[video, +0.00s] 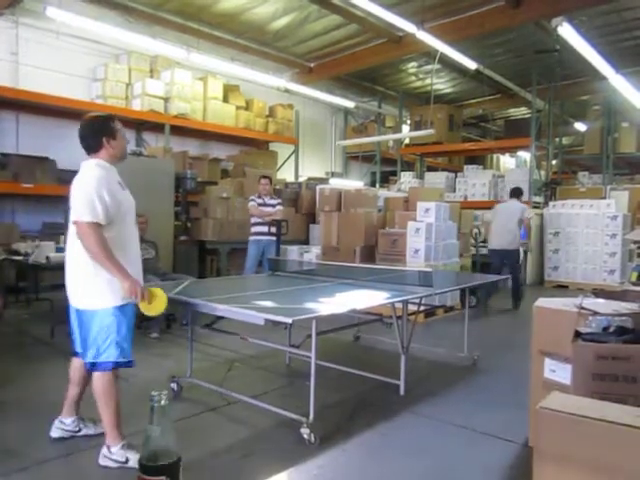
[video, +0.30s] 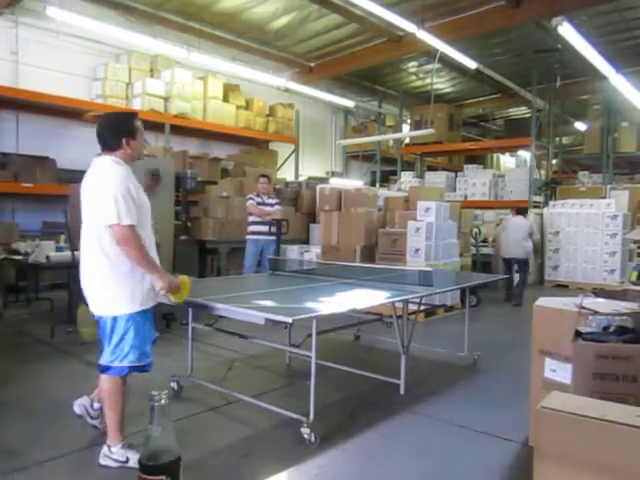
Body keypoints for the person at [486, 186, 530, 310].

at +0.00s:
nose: (521, 199)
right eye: (521, 197)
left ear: (509, 195)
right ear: (521, 197)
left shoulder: (498, 206)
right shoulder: (523, 207)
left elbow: (488, 222)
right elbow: (527, 223)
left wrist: (487, 237)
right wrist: (528, 240)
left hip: (495, 245)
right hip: (512, 246)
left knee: (494, 275)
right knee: (515, 275)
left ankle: (485, 298)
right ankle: (516, 302)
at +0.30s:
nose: (528, 215)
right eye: (527, 213)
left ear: (515, 212)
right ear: (526, 213)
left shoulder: (507, 221)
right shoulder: (528, 223)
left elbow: (497, 232)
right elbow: (533, 236)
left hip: (506, 253)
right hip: (521, 253)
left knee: (508, 275)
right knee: (523, 276)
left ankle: (508, 295)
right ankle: (518, 298)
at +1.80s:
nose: (538, 195)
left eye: (539, 192)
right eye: (537, 192)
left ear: (536, 192)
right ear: (530, 191)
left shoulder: (538, 205)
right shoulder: (519, 205)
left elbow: (540, 222)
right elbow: (513, 222)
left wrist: (542, 234)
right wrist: (522, 237)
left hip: (537, 241)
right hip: (524, 242)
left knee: (542, 270)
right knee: (521, 269)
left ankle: (538, 293)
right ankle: (518, 292)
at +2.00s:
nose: (537, 198)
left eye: (539, 195)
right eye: (535, 194)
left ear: (540, 196)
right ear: (529, 194)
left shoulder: (544, 210)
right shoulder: (519, 209)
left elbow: (546, 225)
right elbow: (511, 226)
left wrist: (542, 231)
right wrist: (517, 243)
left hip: (537, 247)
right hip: (522, 246)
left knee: (539, 274)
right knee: (521, 273)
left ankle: (536, 295)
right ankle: (520, 292)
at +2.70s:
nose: (522, 184)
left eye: (525, 181)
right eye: (520, 181)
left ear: (530, 184)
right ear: (517, 184)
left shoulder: (538, 202)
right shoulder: (509, 201)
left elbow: (544, 224)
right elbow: (503, 222)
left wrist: (542, 243)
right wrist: (500, 240)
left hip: (532, 247)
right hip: (513, 245)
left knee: (534, 280)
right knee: (510, 279)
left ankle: (531, 300)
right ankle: (511, 308)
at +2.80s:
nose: (523, 182)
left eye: (525, 179)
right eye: (520, 179)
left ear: (530, 181)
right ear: (516, 181)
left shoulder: (538, 201)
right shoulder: (509, 200)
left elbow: (543, 222)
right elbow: (500, 219)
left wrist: (541, 241)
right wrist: (498, 237)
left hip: (531, 246)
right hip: (511, 245)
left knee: (534, 280)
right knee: (510, 280)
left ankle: (529, 308)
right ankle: (511, 308)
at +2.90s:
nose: (523, 183)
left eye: (526, 180)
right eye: (520, 180)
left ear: (530, 182)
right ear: (516, 182)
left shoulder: (538, 202)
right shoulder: (508, 201)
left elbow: (543, 224)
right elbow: (499, 218)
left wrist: (541, 243)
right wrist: (498, 236)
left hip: (531, 247)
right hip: (511, 246)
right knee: (510, 281)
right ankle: (511, 308)